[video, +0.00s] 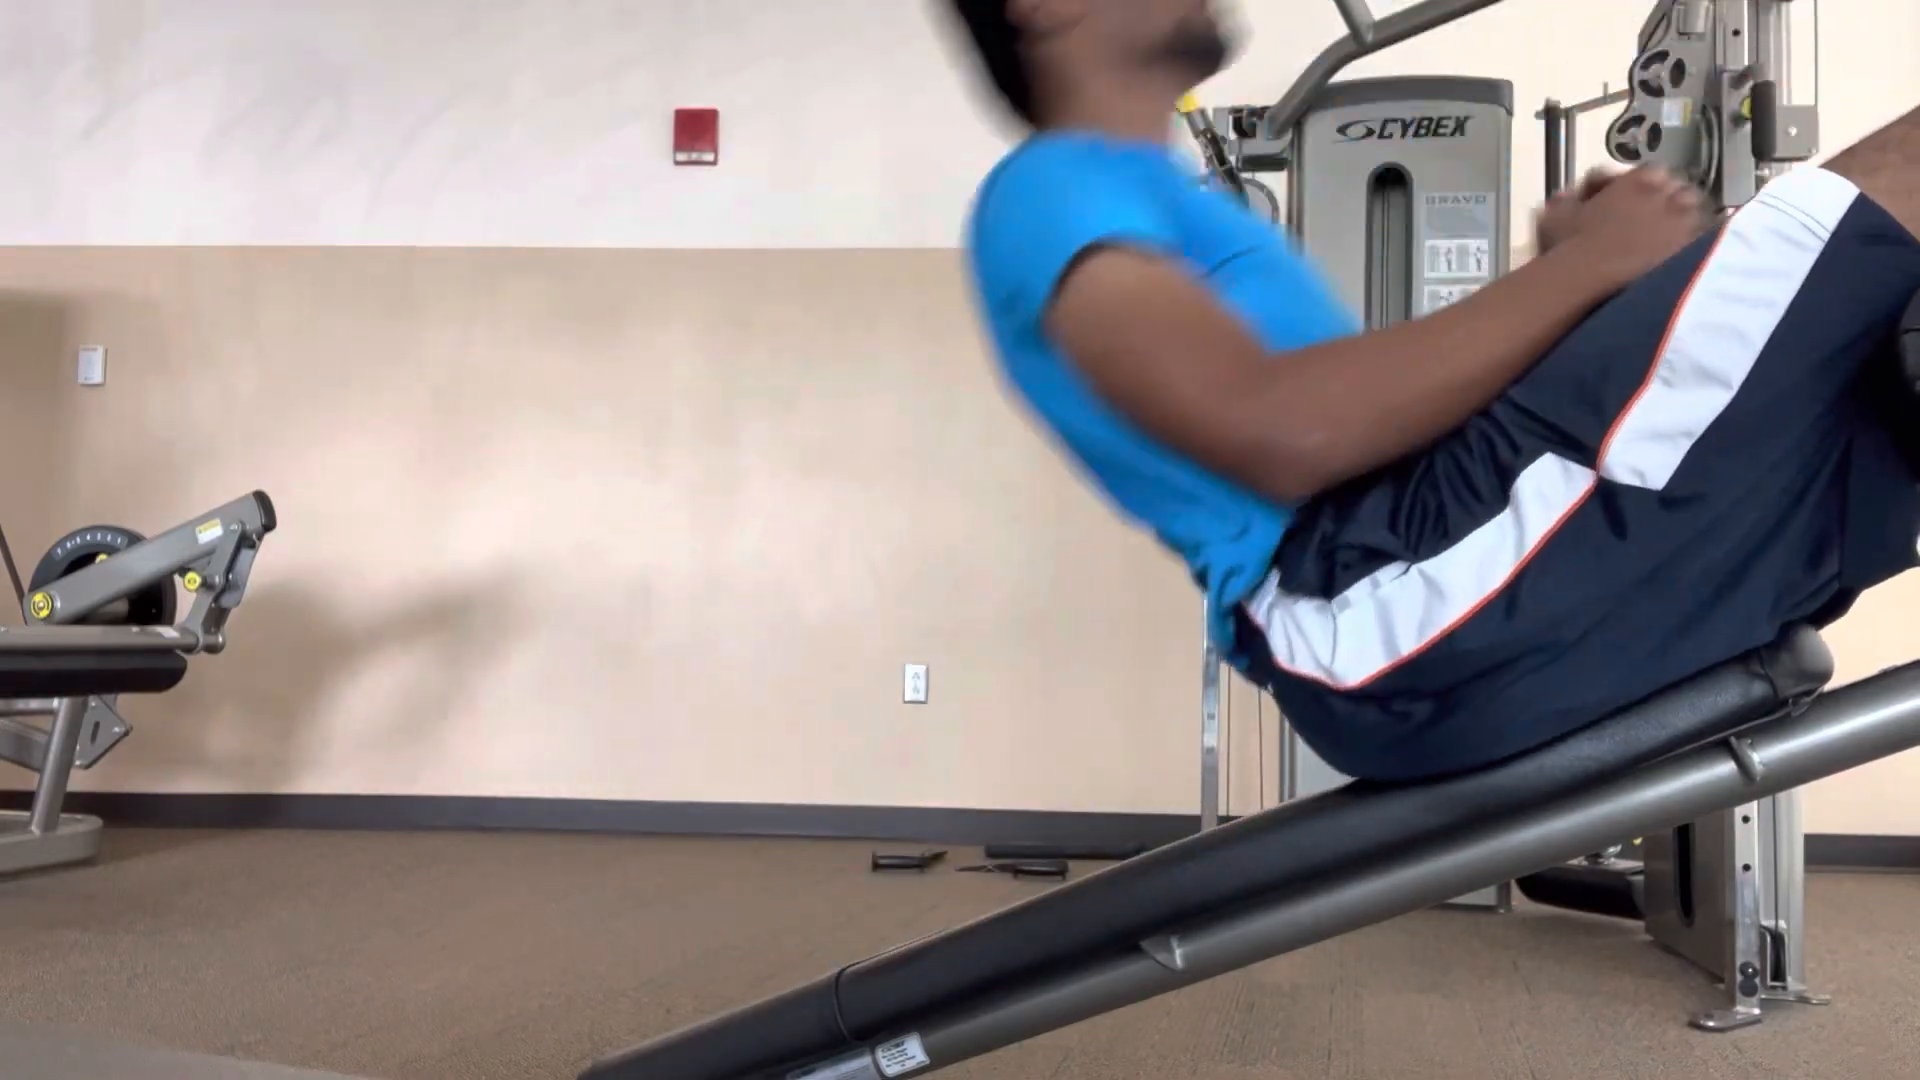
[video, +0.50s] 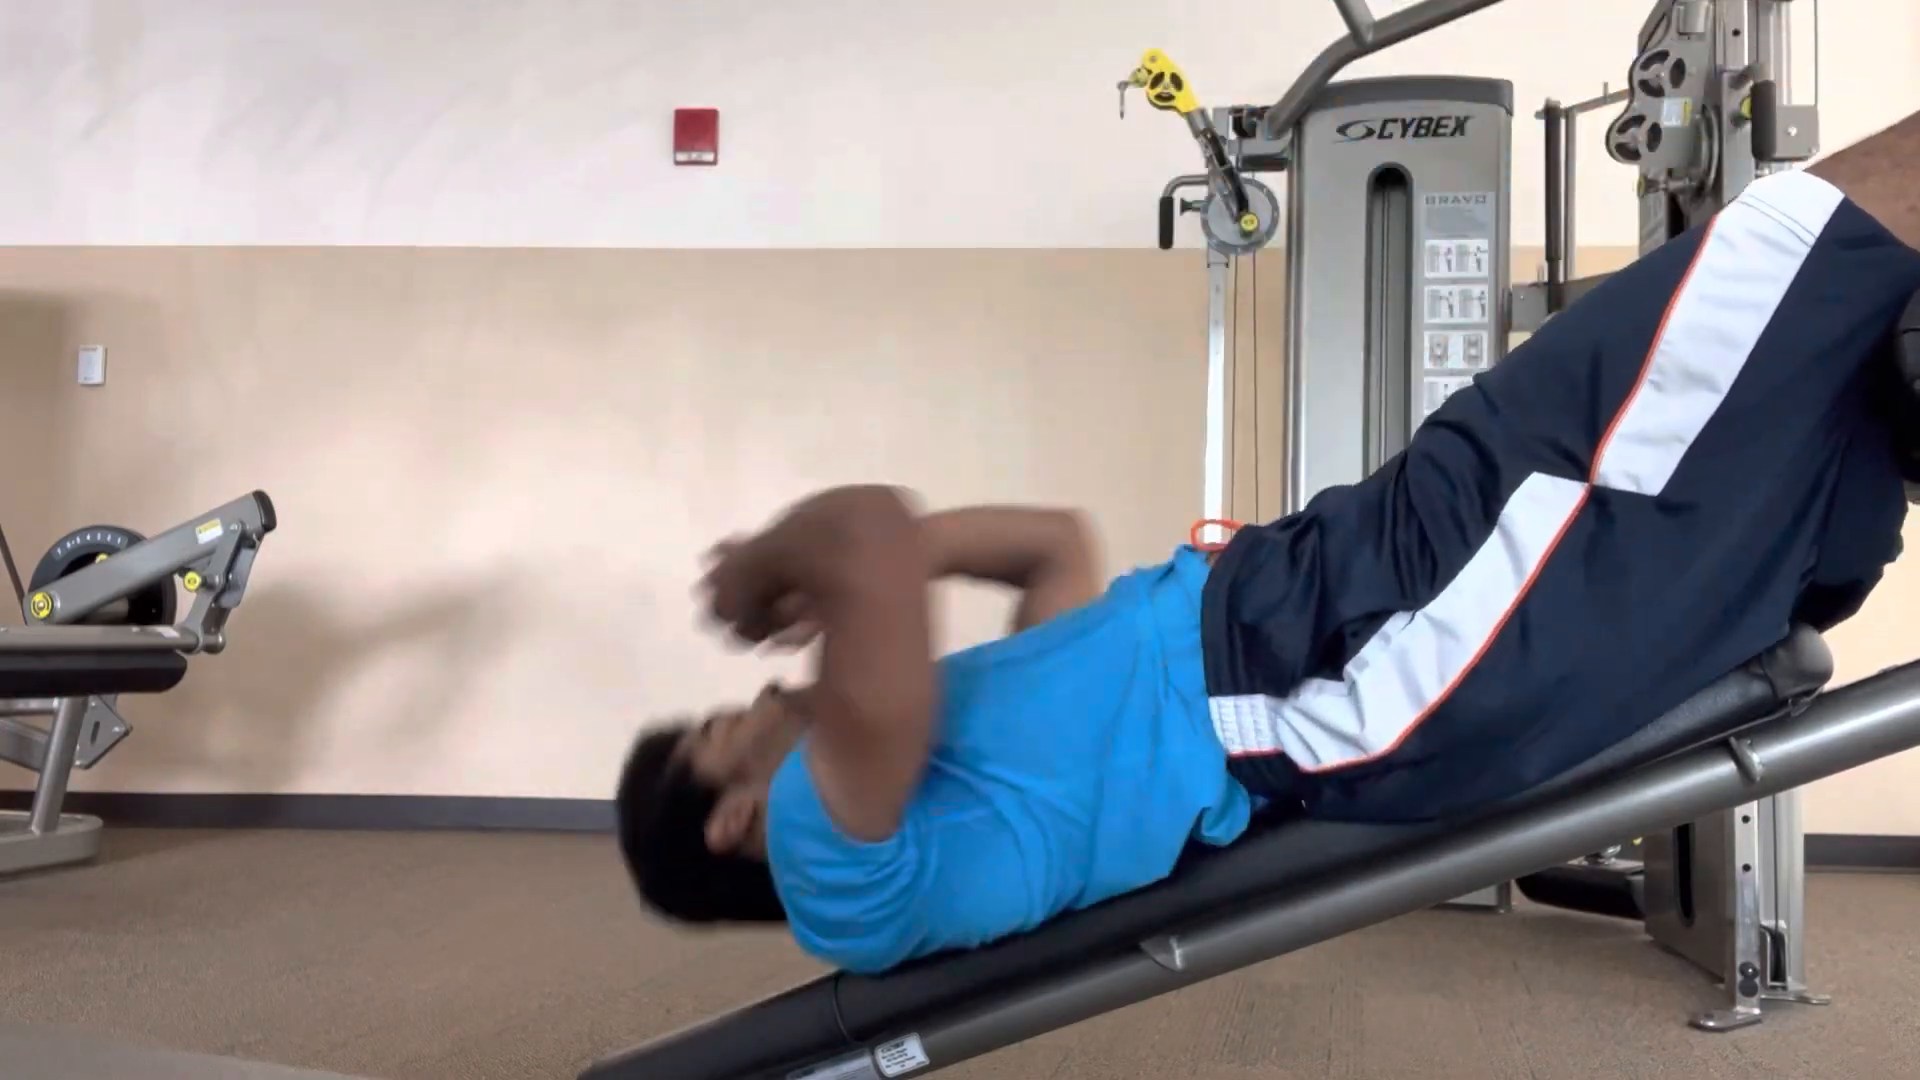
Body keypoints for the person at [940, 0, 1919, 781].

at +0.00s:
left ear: (1061, 20)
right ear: (1040, 16)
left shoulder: (1183, 199)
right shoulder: (1051, 188)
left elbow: (1320, 422)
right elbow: (1276, 431)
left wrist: (1547, 272)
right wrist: (1583, 269)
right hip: (1363, 610)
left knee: (1898, 432)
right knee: (1896, 168)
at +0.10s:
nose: (1006, 110)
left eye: (975, 90)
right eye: (955, 101)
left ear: (906, 188)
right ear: (886, 185)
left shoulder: (1035, 339)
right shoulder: (930, 345)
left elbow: (1242, 505)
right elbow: (1185, 524)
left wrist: (1464, 342)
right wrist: (1477, 337)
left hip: (1395, 611)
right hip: (1342, 637)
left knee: (1890, 451)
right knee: (1877, 186)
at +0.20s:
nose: (875, 278)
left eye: (847, 267)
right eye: (829, 284)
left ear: (822, 366)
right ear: (783, 382)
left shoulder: (962, 475)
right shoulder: (861, 510)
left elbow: (1192, 588)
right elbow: (1131, 626)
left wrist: (1351, 415)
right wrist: (1334, 391)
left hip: (1388, 597)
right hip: (1343, 658)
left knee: (1879, 436)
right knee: (1881, 170)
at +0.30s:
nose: (813, 442)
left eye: (782, 432)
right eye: (764, 463)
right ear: (734, 561)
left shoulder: (923, 610)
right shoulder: (826, 649)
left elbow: (1257, 565)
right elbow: (1107, 686)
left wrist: (1202, 453)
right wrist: (1137, 437)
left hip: (1325, 632)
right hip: (1308, 668)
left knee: (1858, 427)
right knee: (1866, 181)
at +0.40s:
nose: (769, 579)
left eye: (741, 575)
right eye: (725, 608)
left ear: (787, 614)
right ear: (724, 705)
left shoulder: (908, 676)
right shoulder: (828, 767)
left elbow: (1201, 532)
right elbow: (1062, 613)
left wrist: (988, 479)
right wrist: (947, 482)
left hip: (1309, 596)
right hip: (1304, 680)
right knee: (1868, 187)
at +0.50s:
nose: (750, 702)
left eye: (727, 707)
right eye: (722, 726)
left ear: (757, 720)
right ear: (730, 805)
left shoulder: (914, 770)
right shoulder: (835, 854)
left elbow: (1061, 544)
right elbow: (875, 536)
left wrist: (880, 546)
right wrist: (790, 559)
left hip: (1318, 576)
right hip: (1310, 693)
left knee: (1722, 271)